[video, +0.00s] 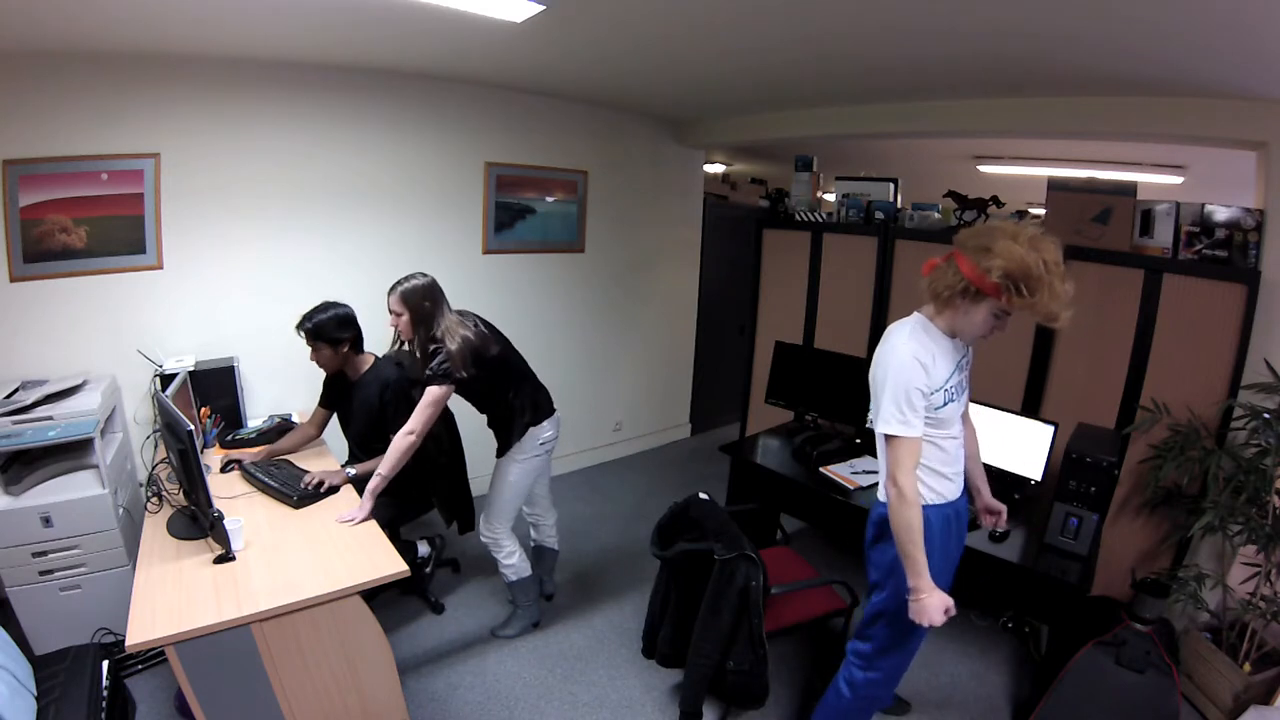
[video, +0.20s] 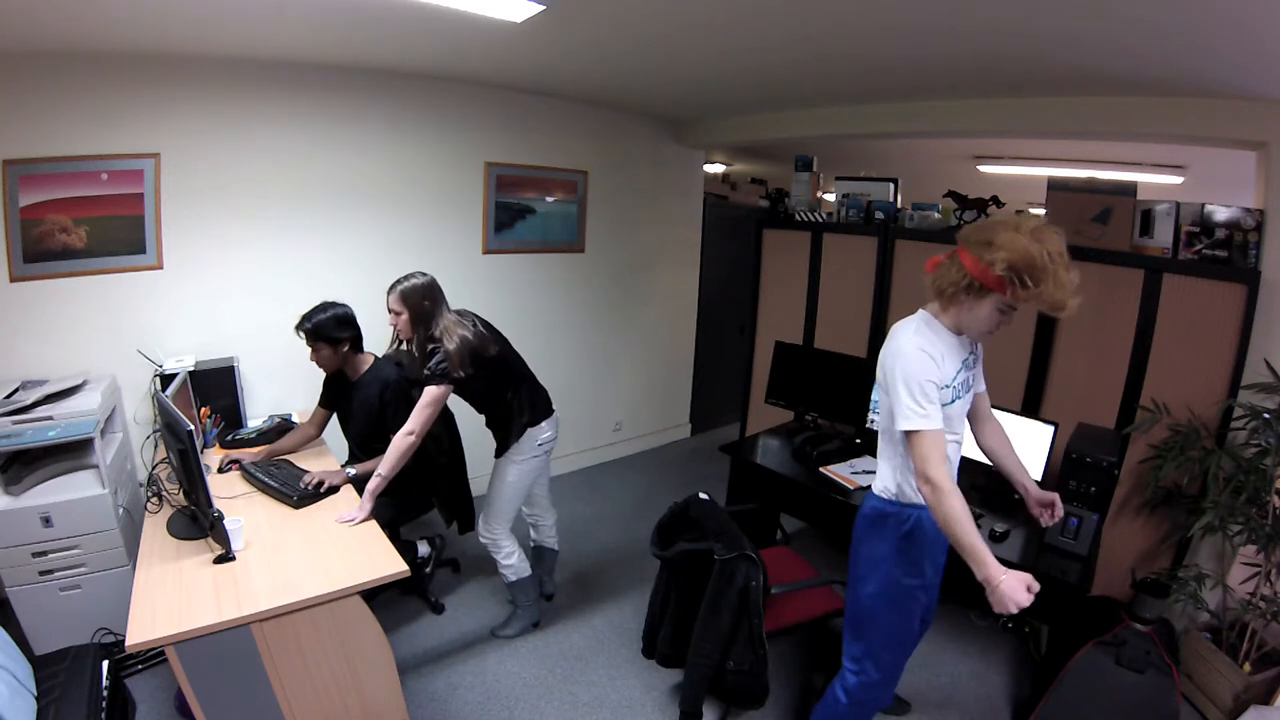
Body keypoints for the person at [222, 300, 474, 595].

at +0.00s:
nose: (312, 356)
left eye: (316, 348)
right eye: (310, 348)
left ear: (343, 346)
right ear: (337, 348)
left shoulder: (392, 380)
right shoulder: (337, 378)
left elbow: (407, 448)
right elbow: (312, 428)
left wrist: (346, 473)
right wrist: (261, 453)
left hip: (415, 477)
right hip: (372, 470)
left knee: (353, 532)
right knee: (322, 514)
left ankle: (418, 554)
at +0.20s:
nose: (311, 356)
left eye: (316, 348)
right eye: (310, 348)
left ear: (342, 345)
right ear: (337, 347)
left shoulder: (391, 380)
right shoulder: (338, 378)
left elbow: (407, 448)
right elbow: (312, 427)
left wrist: (347, 473)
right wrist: (261, 452)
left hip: (414, 477)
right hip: (372, 470)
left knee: (352, 531)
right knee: (322, 514)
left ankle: (418, 554)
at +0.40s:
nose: (312, 356)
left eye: (317, 348)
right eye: (310, 348)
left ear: (343, 345)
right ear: (336, 346)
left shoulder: (389, 381)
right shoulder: (337, 377)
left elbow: (406, 448)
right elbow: (312, 428)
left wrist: (347, 472)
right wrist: (261, 452)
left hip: (413, 478)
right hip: (370, 471)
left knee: (350, 534)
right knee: (321, 515)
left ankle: (418, 554)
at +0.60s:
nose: (312, 356)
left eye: (317, 347)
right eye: (311, 347)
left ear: (344, 345)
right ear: (338, 346)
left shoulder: (389, 381)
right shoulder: (337, 377)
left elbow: (405, 450)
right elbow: (312, 428)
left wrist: (347, 473)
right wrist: (260, 453)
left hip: (412, 477)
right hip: (371, 470)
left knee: (349, 531)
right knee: (320, 513)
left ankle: (418, 555)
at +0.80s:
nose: (312, 355)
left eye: (317, 347)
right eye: (311, 347)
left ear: (343, 344)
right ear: (336, 346)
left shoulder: (388, 381)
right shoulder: (337, 377)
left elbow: (405, 450)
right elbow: (311, 428)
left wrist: (347, 473)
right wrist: (259, 453)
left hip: (413, 477)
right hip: (371, 470)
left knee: (351, 531)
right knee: (321, 513)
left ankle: (418, 554)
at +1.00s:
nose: (311, 355)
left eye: (316, 347)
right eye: (310, 347)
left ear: (343, 344)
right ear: (336, 346)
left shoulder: (388, 381)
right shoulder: (337, 377)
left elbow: (405, 449)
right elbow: (311, 428)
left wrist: (347, 473)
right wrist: (259, 453)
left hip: (412, 478)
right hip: (371, 471)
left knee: (352, 532)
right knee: (321, 514)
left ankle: (418, 554)